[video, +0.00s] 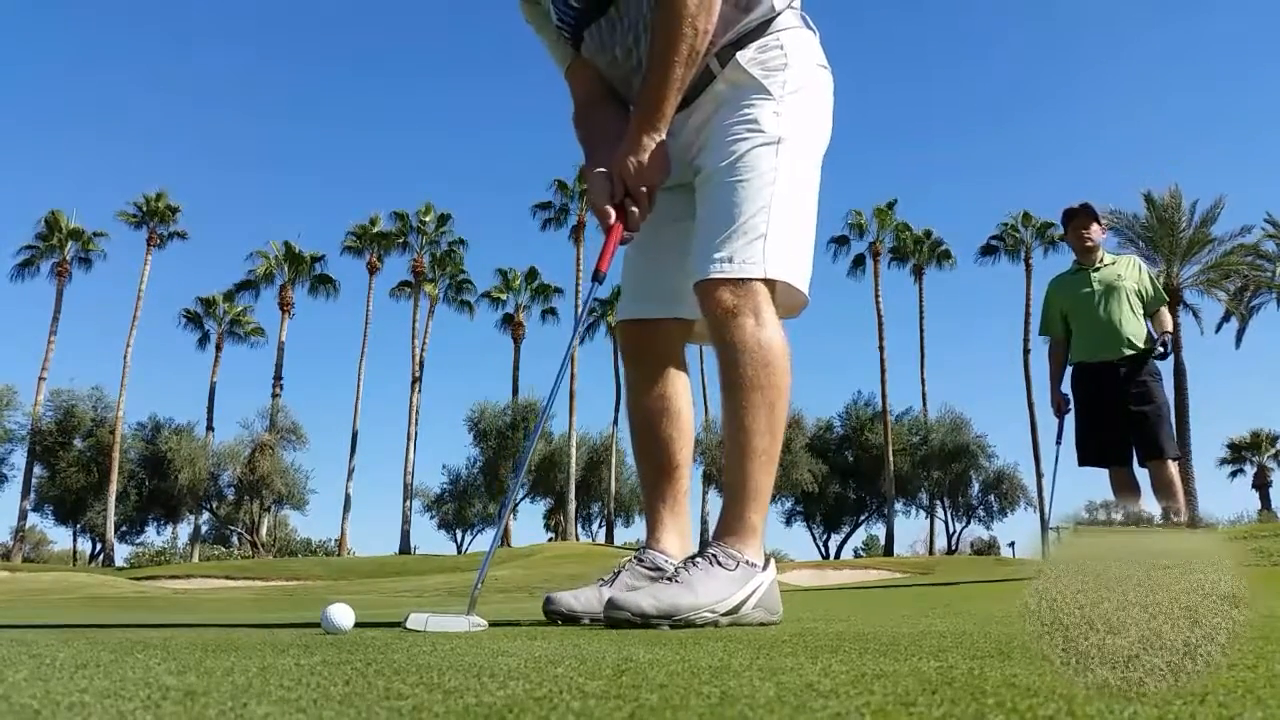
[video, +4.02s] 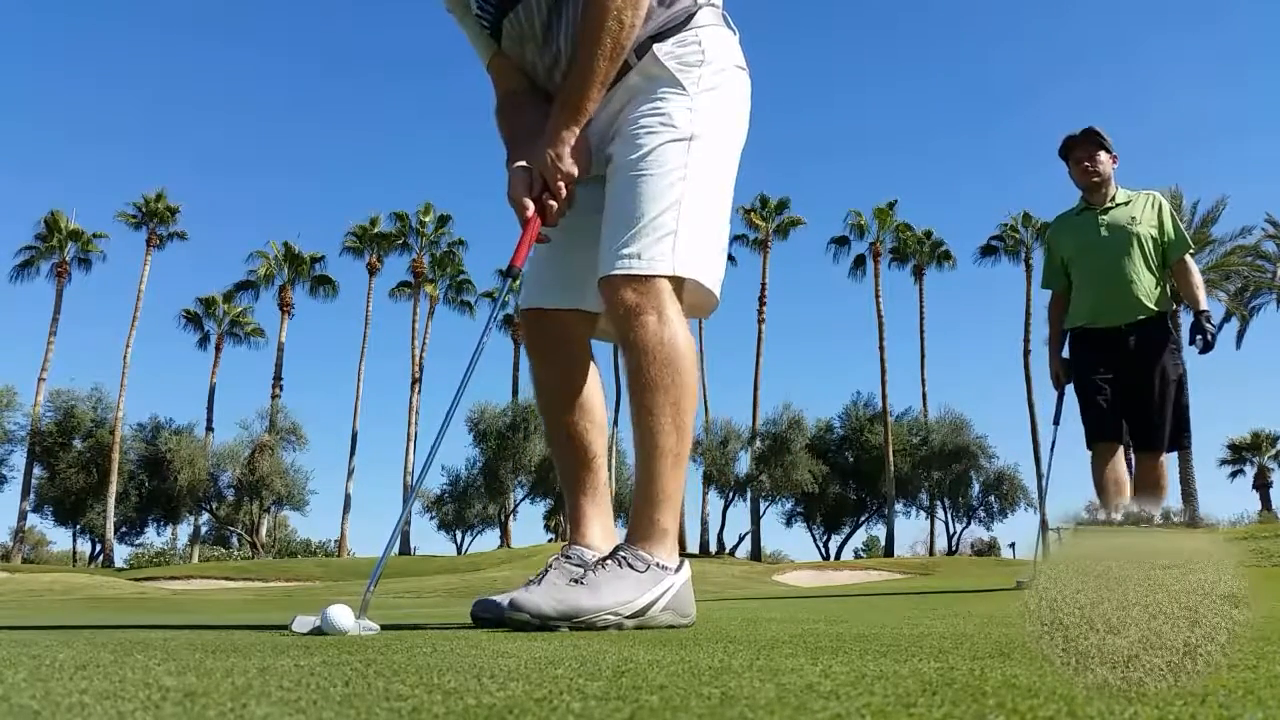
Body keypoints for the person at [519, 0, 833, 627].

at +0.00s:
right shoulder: (541, 6)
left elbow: (694, 8)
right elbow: (590, 90)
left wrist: (644, 130)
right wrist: (601, 160)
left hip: (753, 57)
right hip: (657, 109)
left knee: (734, 289)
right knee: (644, 325)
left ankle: (741, 561)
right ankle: (667, 558)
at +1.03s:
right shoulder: (549, 6)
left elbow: (703, 9)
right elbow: (597, 90)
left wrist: (649, 141)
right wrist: (609, 167)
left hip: (760, 59)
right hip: (662, 108)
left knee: (737, 289)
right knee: (644, 324)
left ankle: (742, 560)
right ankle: (666, 558)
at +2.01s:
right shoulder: (511, 6)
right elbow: (554, 81)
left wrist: (654, 68)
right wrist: (583, 117)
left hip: (717, 71)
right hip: (616, 113)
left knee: (667, 276)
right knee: (613, 330)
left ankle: (677, 547)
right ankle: (661, 552)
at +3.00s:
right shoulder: (461, 6)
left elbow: (624, 8)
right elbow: (508, 91)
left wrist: (567, 126)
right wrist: (521, 159)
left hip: (669, 66)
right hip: (571, 113)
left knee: (653, 294)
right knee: (562, 327)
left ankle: (670, 561)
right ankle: (595, 559)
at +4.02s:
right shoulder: (466, 6)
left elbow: (625, 6)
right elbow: (512, 84)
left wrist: (562, 126)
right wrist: (524, 154)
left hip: (671, 52)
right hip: (574, 101)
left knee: (639, 287)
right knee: (548, 316)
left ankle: (657, 561)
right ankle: (590, 554)